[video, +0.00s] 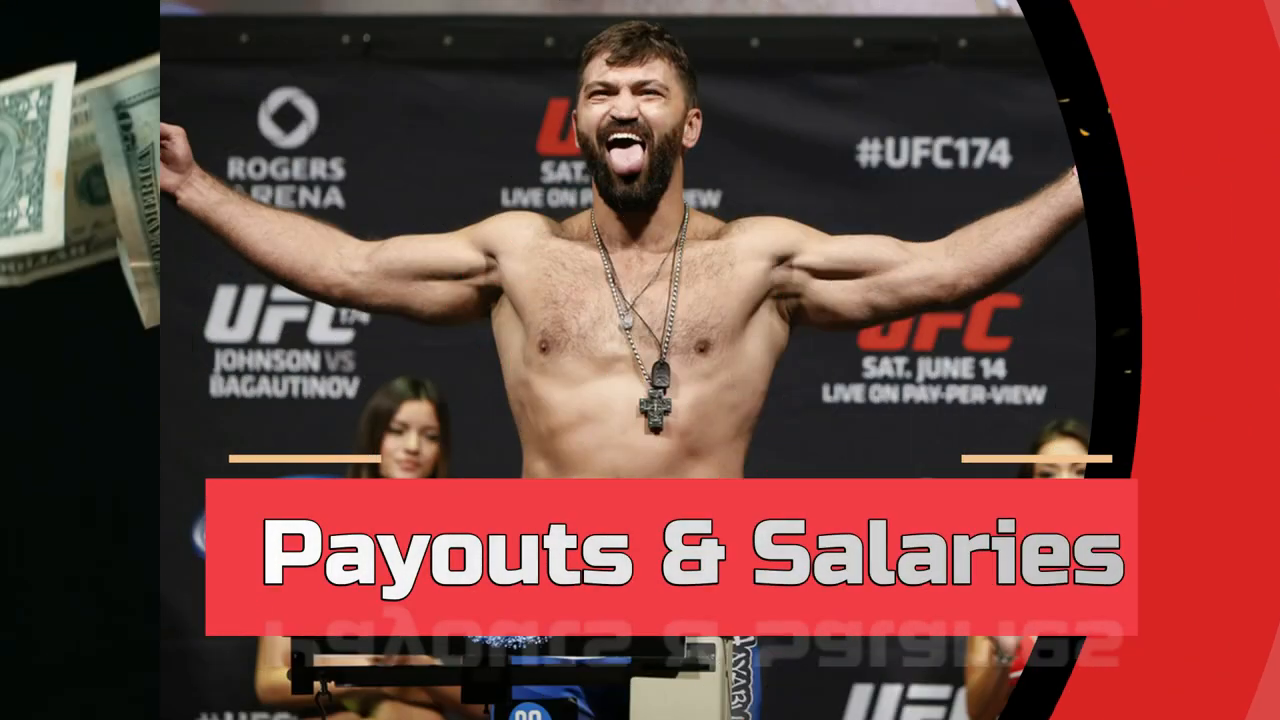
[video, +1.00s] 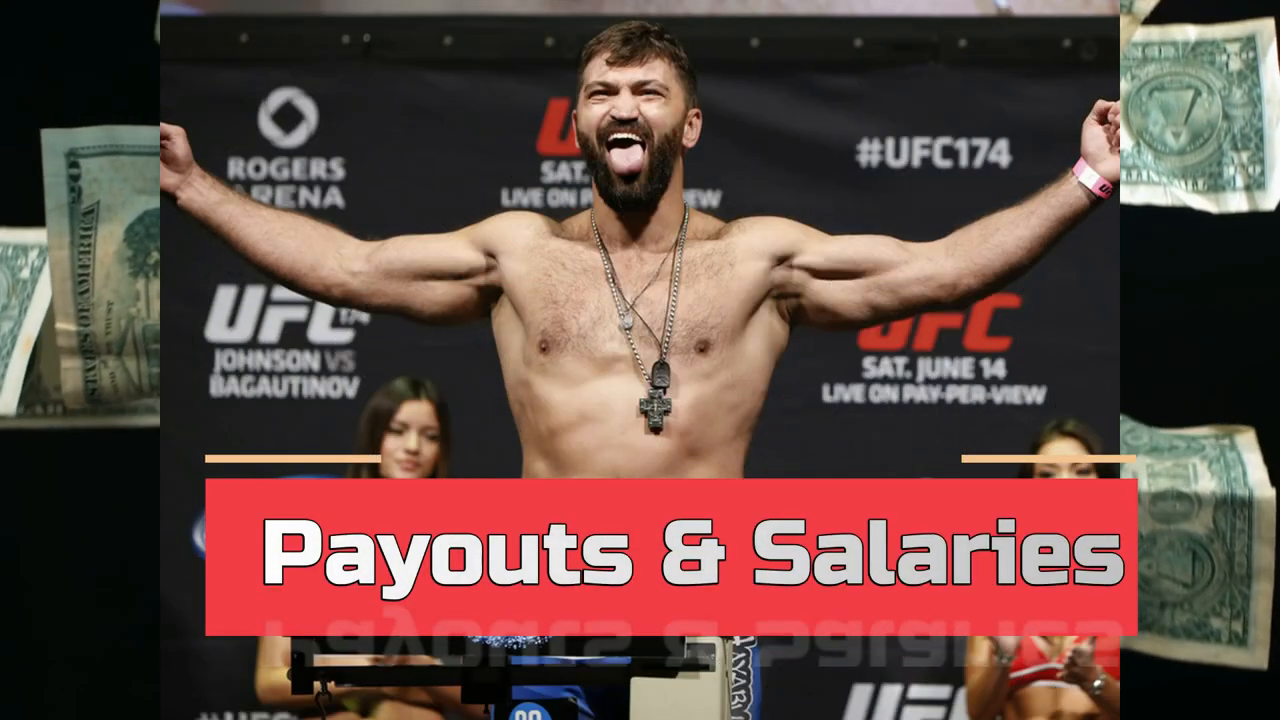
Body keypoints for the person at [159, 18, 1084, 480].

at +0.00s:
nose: (624, 106)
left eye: (648, 90)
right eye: (604, 91)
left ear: (689, 124)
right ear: (573, 126)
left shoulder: (766, 253)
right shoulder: (511, 249)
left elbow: (946, 268)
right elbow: (346, 267)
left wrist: (1089, 181)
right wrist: (196, 190)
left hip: (709, 582)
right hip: (547, 580)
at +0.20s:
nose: (624, 107)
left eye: (648, 93)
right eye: (604, 92)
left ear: (690, 125)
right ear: (573, 123)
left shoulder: (764, 254)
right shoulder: (512, 247)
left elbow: (940, 269)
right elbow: (348, 267)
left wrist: (1080, 184)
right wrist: (196, 190)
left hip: (705, 596)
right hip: (543, 590)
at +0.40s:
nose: (624, 108)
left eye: (648, 93)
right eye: (605, 92)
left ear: (690, 125)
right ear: (574, 123)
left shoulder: (764, 254)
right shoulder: (511, 248)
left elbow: (939, 270)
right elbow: (348, 267)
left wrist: (1081, 184)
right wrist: (197, 191)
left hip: (704, 596)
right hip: (542, 590)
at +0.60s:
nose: (623, 107)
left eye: (647, 93)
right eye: (604, 92)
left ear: (690, 125)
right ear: (574, 124)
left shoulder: (764, 254)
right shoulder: (512, 246)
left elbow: (939, 269)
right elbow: (348, 267)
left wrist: (1082, 185)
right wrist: (196, 190)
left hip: (702, 595)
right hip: (542, 590)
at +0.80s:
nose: (624, 108)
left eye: (648, 93)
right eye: (604, 92)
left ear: (691, 126)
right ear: (574, 124)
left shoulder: (764, 254)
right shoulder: (512, 247)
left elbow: (941, 269)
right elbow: (348, 267)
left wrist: (1084, 182)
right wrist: (197, 191)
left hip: (701, 596)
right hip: (542, 592)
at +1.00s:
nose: (624, 108)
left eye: (648, 93)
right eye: (605, 92)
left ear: (691, 126)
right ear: (574, 124)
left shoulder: (764, 254)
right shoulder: (512, 247)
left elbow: (940, 269)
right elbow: (347, 267)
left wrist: (1083, 184)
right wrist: (196, 190)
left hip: (702, 596)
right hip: (542, 591)